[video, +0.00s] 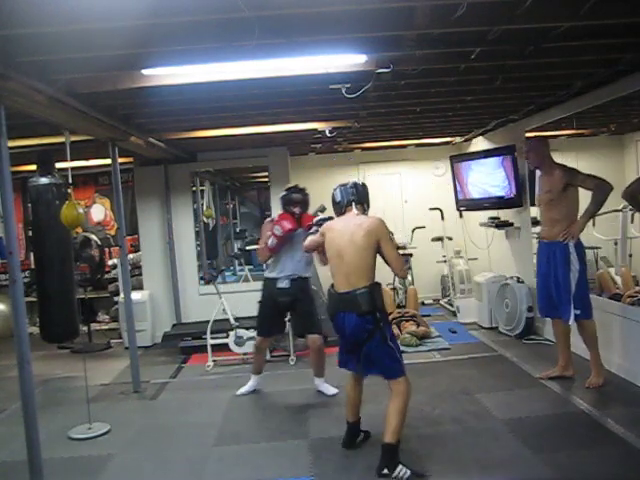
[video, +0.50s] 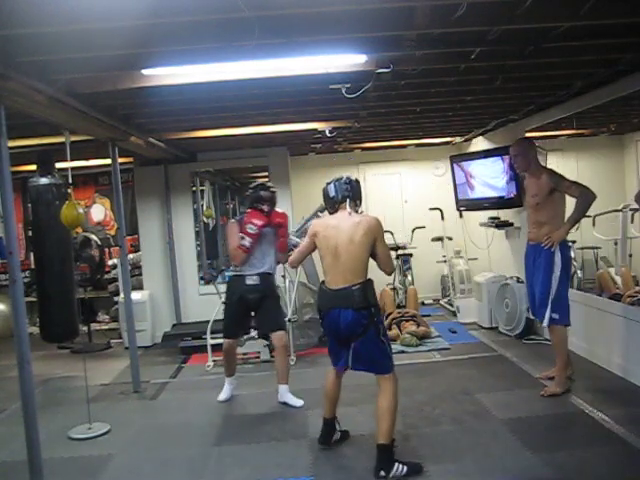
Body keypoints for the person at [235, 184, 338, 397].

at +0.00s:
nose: (297, 209)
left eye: (301, 205)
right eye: (293, 205)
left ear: (307, 206)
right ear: (284, 205)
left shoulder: (312, 225)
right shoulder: (271, 224)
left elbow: (323, 260)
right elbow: (261, 257)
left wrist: (318, 234)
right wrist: (278, 236)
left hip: (301, 284)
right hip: (274, 285)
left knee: (316, 340)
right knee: (262, 340)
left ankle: (319, 380)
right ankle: (255, 379)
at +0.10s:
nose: (287, 211)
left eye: (291, 207)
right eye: (282, 206)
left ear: (296, 208)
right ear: (273, 207)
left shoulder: (299, 229)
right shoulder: (261, 226)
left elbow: (302, 264)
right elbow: (264, 250)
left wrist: (307, 230)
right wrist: (286, 232)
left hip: (288, 286)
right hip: (262, 288)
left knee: (304, 342)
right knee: (254, 342)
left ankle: (314, 378)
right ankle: (254, 380)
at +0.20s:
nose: (281, 208)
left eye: (285, 203)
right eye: (277, 203)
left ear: (291, 205)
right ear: (267, 204)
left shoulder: (291, 228)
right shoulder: (256, 224)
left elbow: (298, 261)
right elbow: (262, 250)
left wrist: (305, 241)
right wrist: (284, 242)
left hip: (280, 285)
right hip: (254, 287)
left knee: (298, 336)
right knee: (251, 341)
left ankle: (293, 384)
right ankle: (252, 379)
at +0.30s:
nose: (280, 209)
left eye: (284, 204)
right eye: (275, 204)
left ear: (289, 206)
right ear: (266, 204)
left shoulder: (289, 227)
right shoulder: (252, 226)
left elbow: (295, 262)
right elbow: (254, 263)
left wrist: (301, 240)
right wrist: (269, 243)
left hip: (278, 285)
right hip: (252, 286)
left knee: (292, 338)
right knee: (245, 342)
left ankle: (285, 391)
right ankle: (242, 376)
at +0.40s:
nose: (276, 210)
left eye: (280, 206)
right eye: (272, 206)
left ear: (283, 207)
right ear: (262, 205)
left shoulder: (283, 228)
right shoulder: (245, 227)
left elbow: (292, 260)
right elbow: (246, 262)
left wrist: (294, 237)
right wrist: (260, 237)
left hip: (273, 285)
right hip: (248, 286)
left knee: (288, 339)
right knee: (236, 345)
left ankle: (284, 391)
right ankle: (232, 382)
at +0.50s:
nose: (267, 208)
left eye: (271, 204)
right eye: (262, 203)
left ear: (275, 206)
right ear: (251, 203)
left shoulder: (276, 225)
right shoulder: (237, 224)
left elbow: (282, 258)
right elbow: (237, 258)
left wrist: (282, 228)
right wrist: (252, 231)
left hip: (266, 285)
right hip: (239, 286)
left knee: (280, 339)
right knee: (229, 344)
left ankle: (283, 391)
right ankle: (229, 383)